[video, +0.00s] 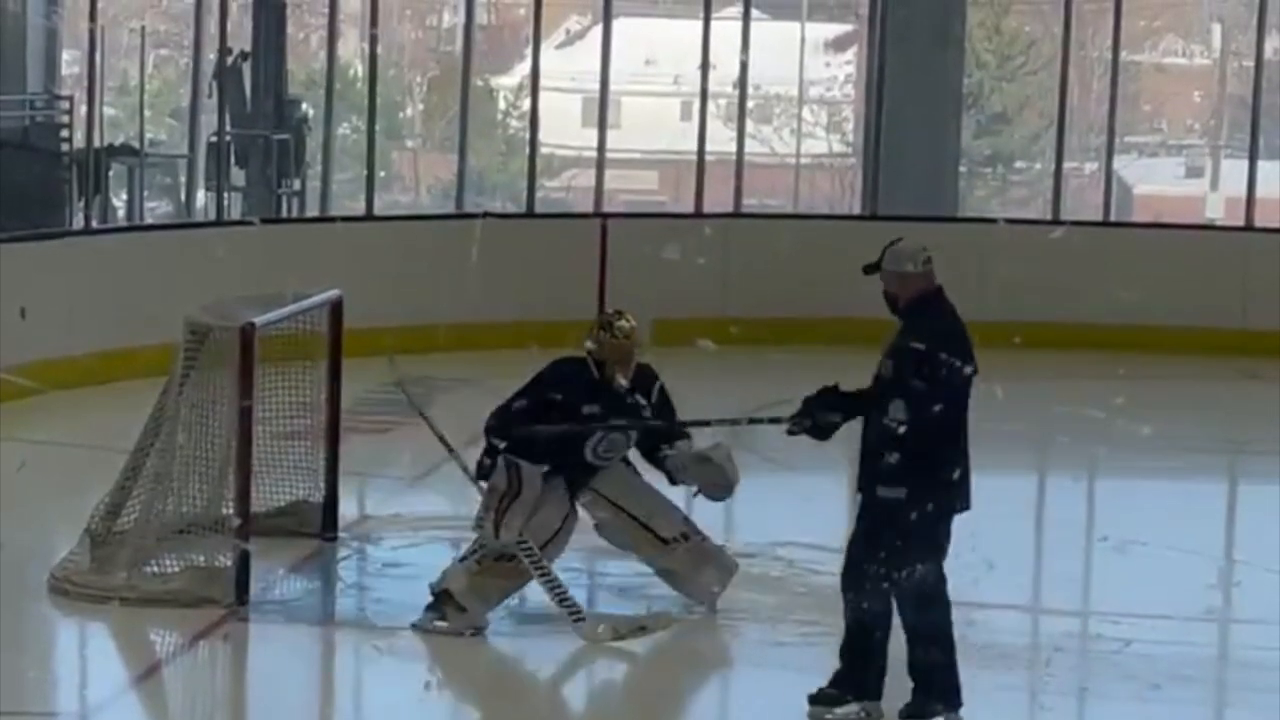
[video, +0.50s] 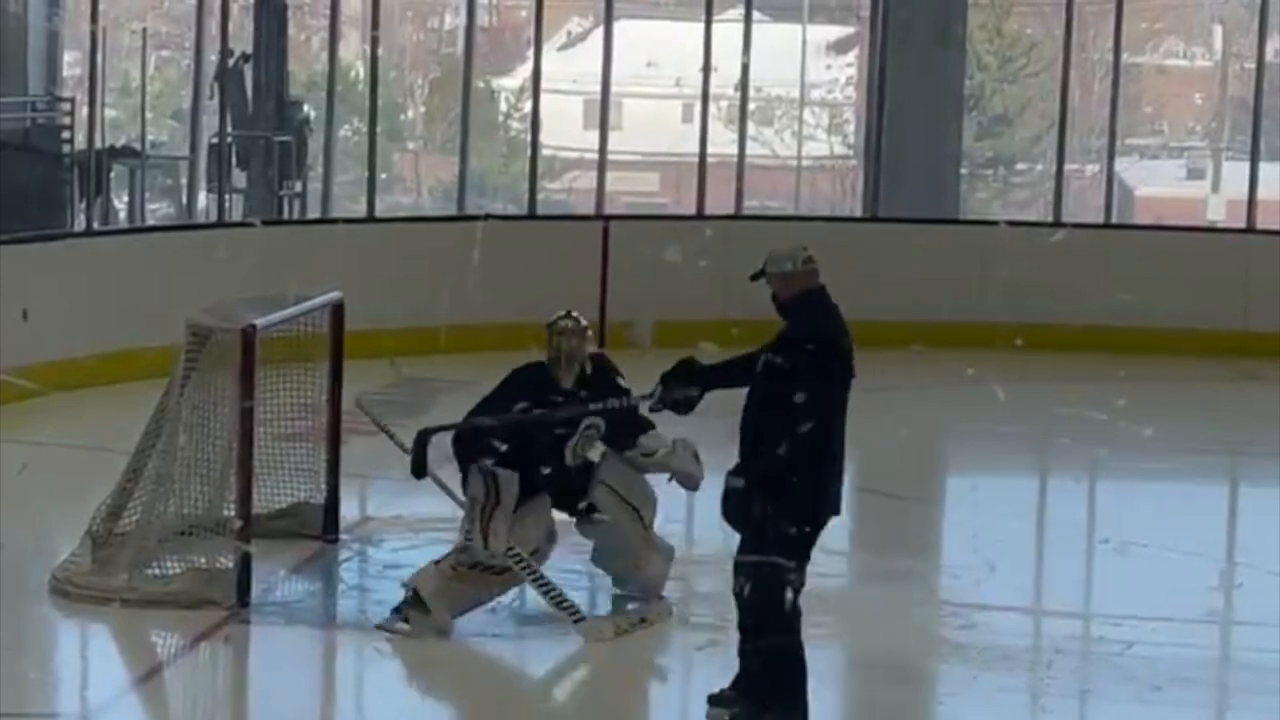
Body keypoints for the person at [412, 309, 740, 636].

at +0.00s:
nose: (621, 369)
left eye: (627, 359)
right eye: (613, 361)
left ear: (635, 352)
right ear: (596, 353)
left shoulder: (644, 382)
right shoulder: (565, 377)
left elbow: (661, 438)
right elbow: (502, 423)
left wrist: (687, 465)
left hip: (598, 469)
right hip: (537, 467)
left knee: (653, 519)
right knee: (530, 538)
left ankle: (713, 582)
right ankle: (452, 610)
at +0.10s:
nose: (620, 360)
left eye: (626, 351)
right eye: (613, 351)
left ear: (634, 349)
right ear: (595, 346)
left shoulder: (639, 381)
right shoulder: (563, 375)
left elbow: (654, 442)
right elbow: (500, 423)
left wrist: (680, 467)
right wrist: (569, 441)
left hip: (597, 473)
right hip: (540, 468)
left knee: (662, 526)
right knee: (528, 541)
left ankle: (704, 589)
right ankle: (451, 613)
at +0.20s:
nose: (607, 350)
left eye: (613, 341)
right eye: (598, 340)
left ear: (623, 345)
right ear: (583, 343)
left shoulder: (627, 385)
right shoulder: (554, 375)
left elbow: (635, 438)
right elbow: (499, 422)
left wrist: (667, 463)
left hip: (585, 471)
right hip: (531, 467)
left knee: (644, 513)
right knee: (535, 533)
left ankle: (693, 583)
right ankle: (461, 604)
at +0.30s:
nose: (593, 352)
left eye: (601, 342)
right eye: (585, 342)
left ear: (611, 344)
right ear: (570, 344)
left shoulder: (615, 384)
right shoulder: (548, 376)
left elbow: (626, 435)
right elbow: (498, 423)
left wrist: (656, 459)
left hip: (573, 470)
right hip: (523, 467)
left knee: (632, 513)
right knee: (533, 536)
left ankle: (674, 580)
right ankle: (465, 600)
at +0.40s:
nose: (584, 365)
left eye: (591, 355)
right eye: (576, 356)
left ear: (600, 351)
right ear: (562, 352)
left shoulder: (609, 383)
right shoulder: (539, 378)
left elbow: (626, 436)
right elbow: (489, 427)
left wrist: (656, 459)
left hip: (581, 470)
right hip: (528, 473)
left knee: (630, 504)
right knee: (520, 550)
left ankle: (645, 591)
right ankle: (446, 604)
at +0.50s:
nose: (568, 347)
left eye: (577, 339)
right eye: (561, 339)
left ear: (589, 344)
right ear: (549, 343)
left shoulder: (604, 381)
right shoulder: (527, 380)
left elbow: (631, 433)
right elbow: (473, 427)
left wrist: (669, 455)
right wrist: (481, 468)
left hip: (581, 475)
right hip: (525, 476)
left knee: (627, 517)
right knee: (520, 548)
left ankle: (639, 594)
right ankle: (428, 602)